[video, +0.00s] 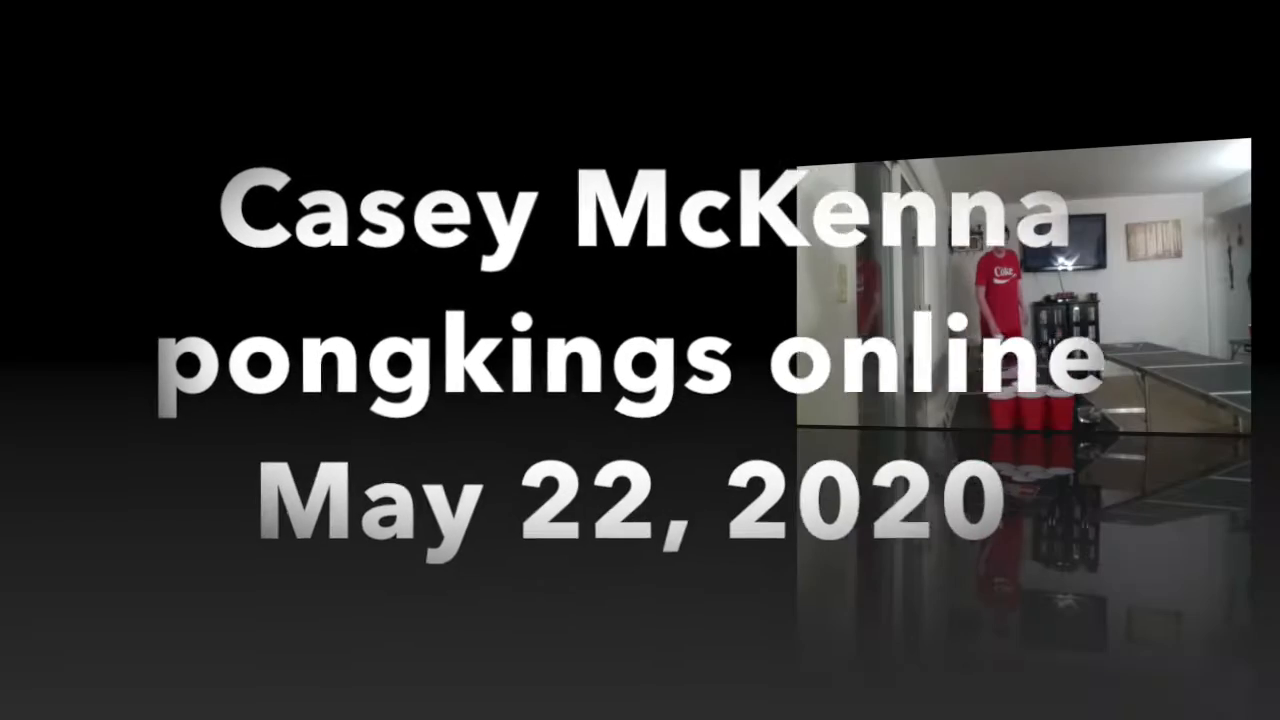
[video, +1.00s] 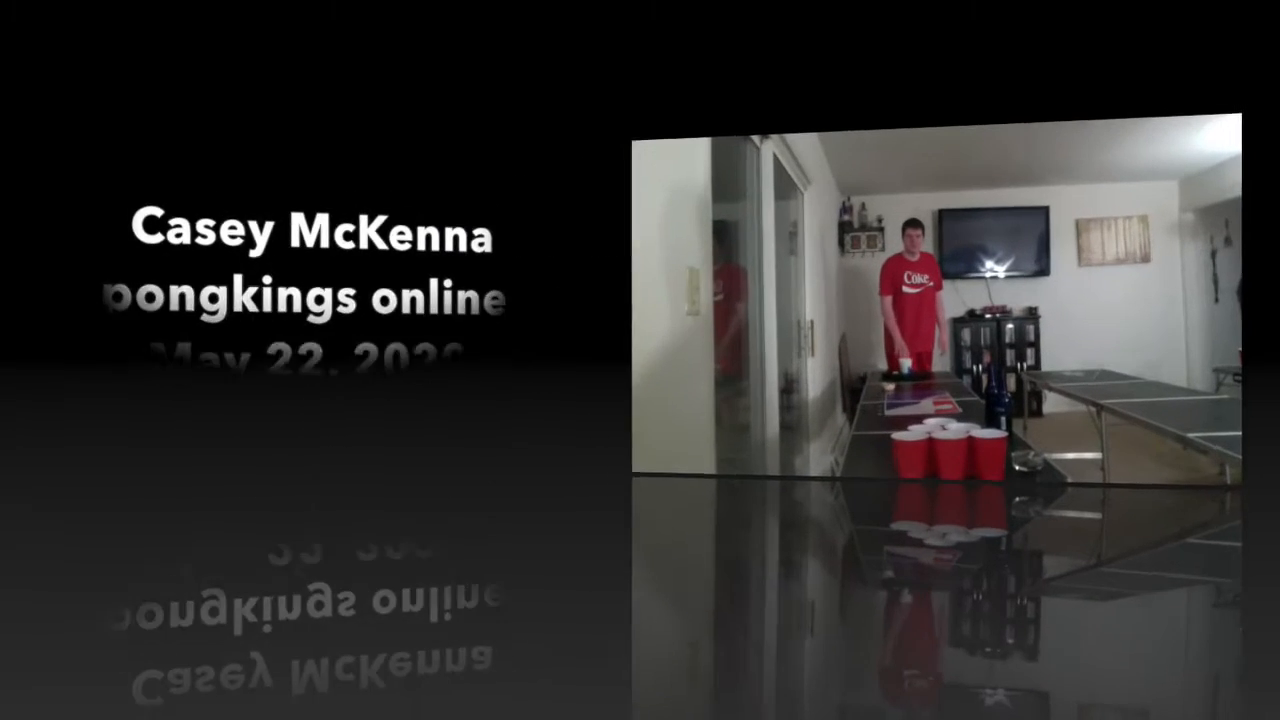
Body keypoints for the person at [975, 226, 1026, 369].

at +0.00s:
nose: (999, 243)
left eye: (1002, 239)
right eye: (995, 239)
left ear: (1006, 238)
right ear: (990, 240)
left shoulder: (1012, 257)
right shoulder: (985, 261)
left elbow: (1018, 285)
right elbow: (980, 295)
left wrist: (1023, 309)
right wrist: (992, 325)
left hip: (1013, 322)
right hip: (994, 324)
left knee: (1014, 363)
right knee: (994, 365)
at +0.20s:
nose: (1000, 243)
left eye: (1003, 239)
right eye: (997, 239)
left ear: (1007, 241)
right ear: (992, 241)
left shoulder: (1012, 256)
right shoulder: (984, 262)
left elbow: (1017, 283)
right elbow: (981, 295)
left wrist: (1021, 308)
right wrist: (993, 327)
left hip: (1013, 321)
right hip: (994, 324)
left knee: (1016, 363)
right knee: (995, 363)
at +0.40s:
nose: (1002, 243)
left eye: (1004, 239)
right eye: (998, 239)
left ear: (1009, 240)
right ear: (993, 241)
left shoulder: (1014, 257)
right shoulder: (985, 261)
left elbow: (1019, 283)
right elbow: (980, 293)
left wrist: (1021, 308)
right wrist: (992, 320)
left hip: (1013, 319)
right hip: (995, 321)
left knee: (1013, 360)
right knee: (994, 360)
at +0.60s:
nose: (993, 243)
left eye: (996, 240)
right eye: (989, 240)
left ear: (1000, 240)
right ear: (984, 241)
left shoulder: (1005, 258)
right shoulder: (975, 262)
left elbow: (1010, 286)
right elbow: (968, 293)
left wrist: (1014, 312)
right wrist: (979, 315)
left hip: (1001, 319)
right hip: (982, 320)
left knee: (1001, 359)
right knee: (981, 359)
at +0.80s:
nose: (962, 242)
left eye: (966, 238)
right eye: (959, 238)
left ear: (970, 240)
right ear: (953, 240)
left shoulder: (976, 260)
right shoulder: (943, 263)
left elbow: (982, 291)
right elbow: (937, 298)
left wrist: (987, 320)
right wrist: (947, 325)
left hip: (971, 328)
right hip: (950, 329)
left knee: (971, 371)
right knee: (952, 372)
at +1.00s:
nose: (914, 241)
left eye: (918, 236)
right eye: (909, 236)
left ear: (923, 239)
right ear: (903, 238)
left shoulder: (931, 262)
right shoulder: (891, 265)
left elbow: (938, 299)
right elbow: (886, 306)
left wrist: (943, 332)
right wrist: (898, 340)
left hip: (925, 340)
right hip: (900, 342)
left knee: (924, 391)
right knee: (902, 391)